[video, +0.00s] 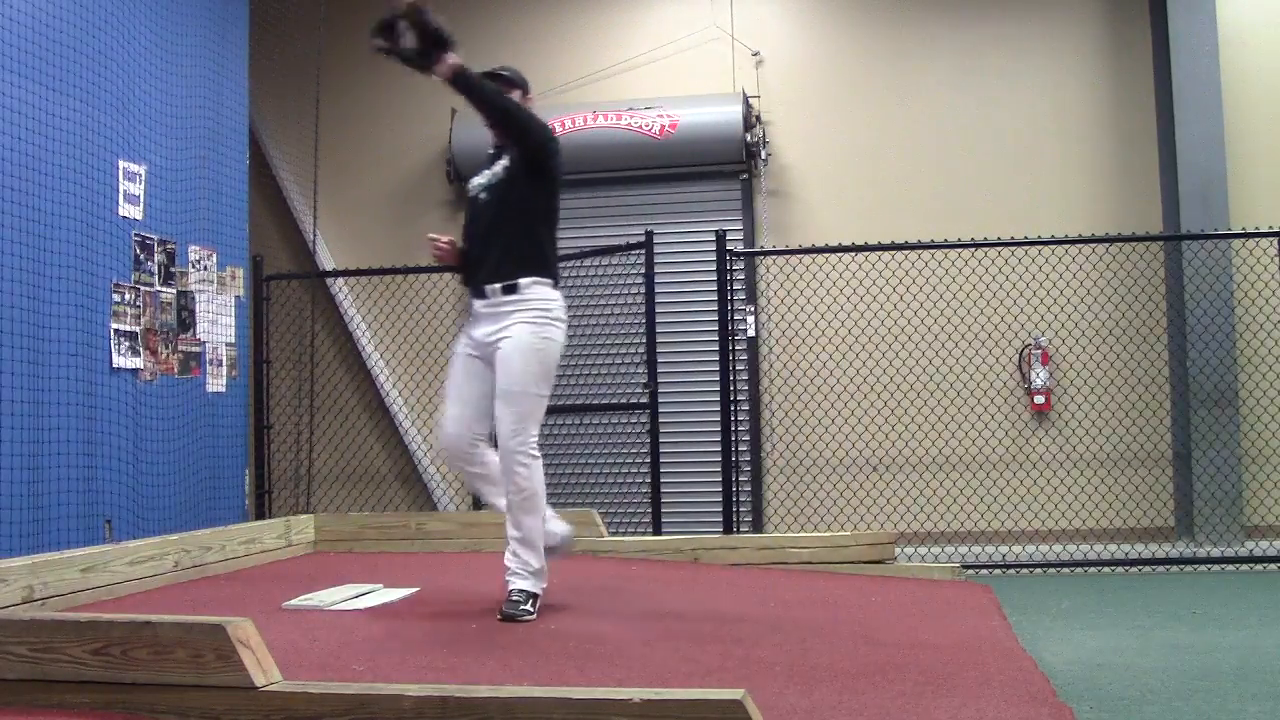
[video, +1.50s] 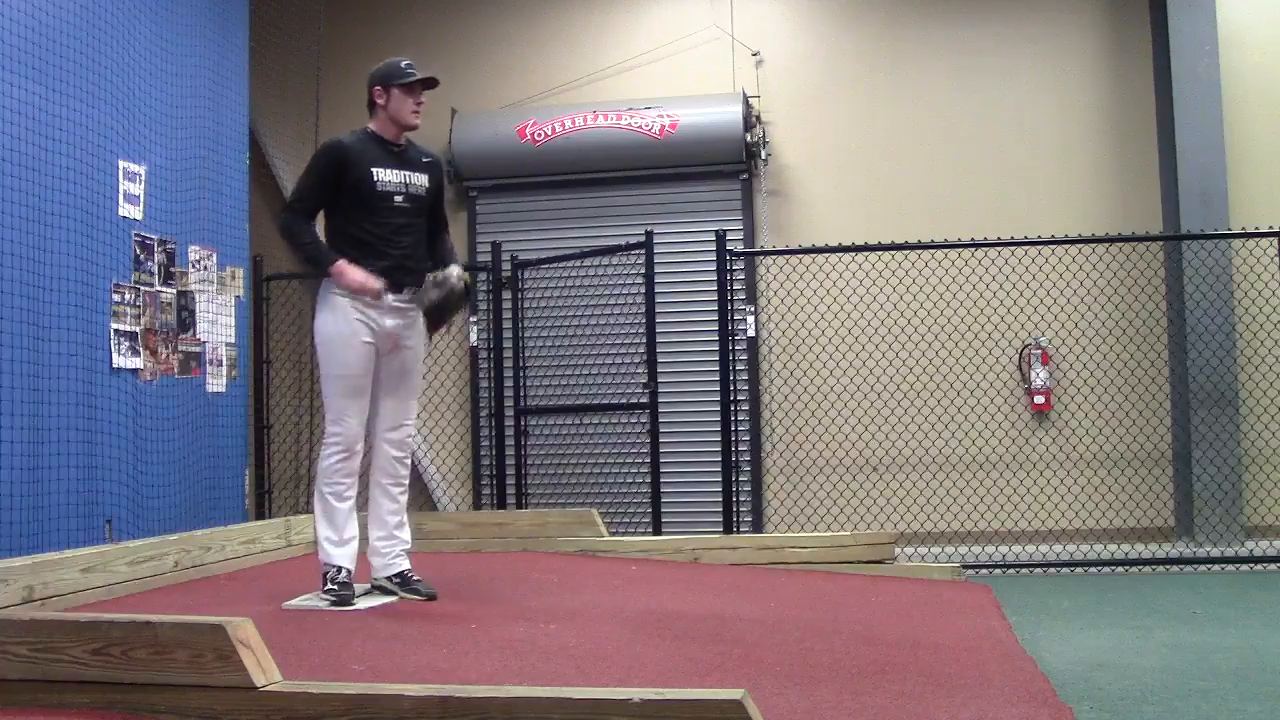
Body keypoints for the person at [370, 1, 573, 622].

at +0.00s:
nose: (497, 110)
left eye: (506, 99)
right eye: (488, 102)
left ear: (528, 102)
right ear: (479, 111)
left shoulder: (543, 152)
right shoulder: (482, 179)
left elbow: (509, 115)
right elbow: (492, 256)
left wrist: (447, 67)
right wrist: (459, 256)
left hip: (529, 312)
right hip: (480, 318)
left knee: (517, 444)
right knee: (457, 439)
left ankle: (524, 580)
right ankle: (546, 528)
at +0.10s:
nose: (473, 98)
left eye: (484, 90)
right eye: (465, 93)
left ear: (507, 99)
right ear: (458, 101)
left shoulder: (521, 144)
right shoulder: (460, 162)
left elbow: (476, 129)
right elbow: (478, 250)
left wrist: (418, 93)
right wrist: (444, 253)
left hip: (514, 312)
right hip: (462, 315)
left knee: (510, 446)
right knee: (418, 427)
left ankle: (526, 580)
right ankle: (471, 535)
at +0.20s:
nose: (451, 102)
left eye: (462, 92)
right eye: (444, 96)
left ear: (486, 100)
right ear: (439, 106)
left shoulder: (500, 148)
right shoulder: (439, 166)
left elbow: (497, 176)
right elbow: (454, 249)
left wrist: (416, 145)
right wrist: (417, 255)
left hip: (498, 313)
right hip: (443, 315)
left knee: (502, 447)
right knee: (395, 429)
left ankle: (524, 582)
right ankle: (387, 555)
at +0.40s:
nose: (399, 127)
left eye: (408, 117)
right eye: (391, 119)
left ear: (431, 115)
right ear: (381, 123)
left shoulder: (463, 170)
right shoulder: (376, 180)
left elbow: (490, 236)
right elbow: (364, 247)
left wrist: (428, 230)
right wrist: (367, 260)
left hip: (453, 326)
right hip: (389, 325)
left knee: (479, 448)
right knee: (364, 446)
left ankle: (516, 579)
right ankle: (345, 567)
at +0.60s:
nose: (373, 137)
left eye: (383, 128)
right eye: (365, 128)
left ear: (403, 118)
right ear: (353, 121)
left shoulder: (437, 164)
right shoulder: (338, 172)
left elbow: (468, 223)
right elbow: (317, 238)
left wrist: (451, 247)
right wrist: (327, 282)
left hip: (432, 314)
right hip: (366, 314)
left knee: (451, 433)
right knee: (357, 442)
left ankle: (450, 568)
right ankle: (344, 565)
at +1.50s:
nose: (421, 101)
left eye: (423, 93)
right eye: (411, 93)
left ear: (416, 102)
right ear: (380, 97)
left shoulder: (429, 166)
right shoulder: (341, 153)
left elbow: (437, 231)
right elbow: (293, 218)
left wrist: (448, 276)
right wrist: (336, 267)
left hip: (408, 311)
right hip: (349, 308)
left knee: (396, 440)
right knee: (345, 437)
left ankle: (391, 564)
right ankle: (337, 564)